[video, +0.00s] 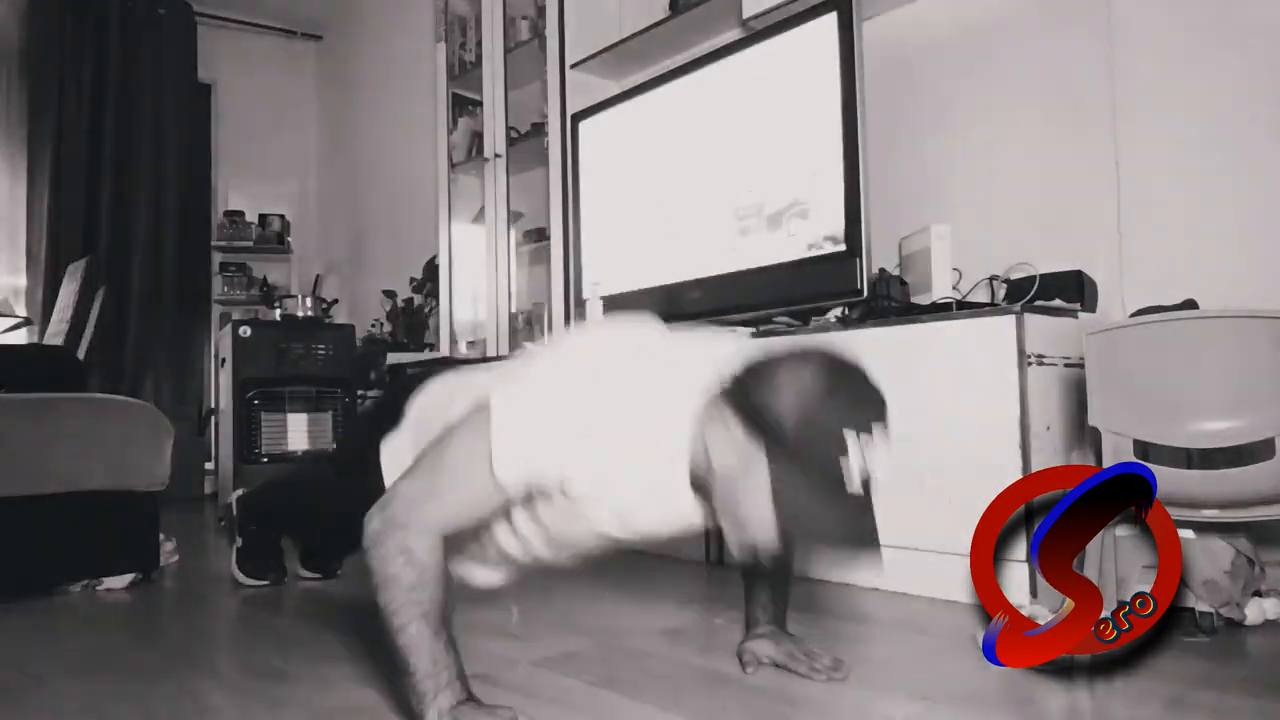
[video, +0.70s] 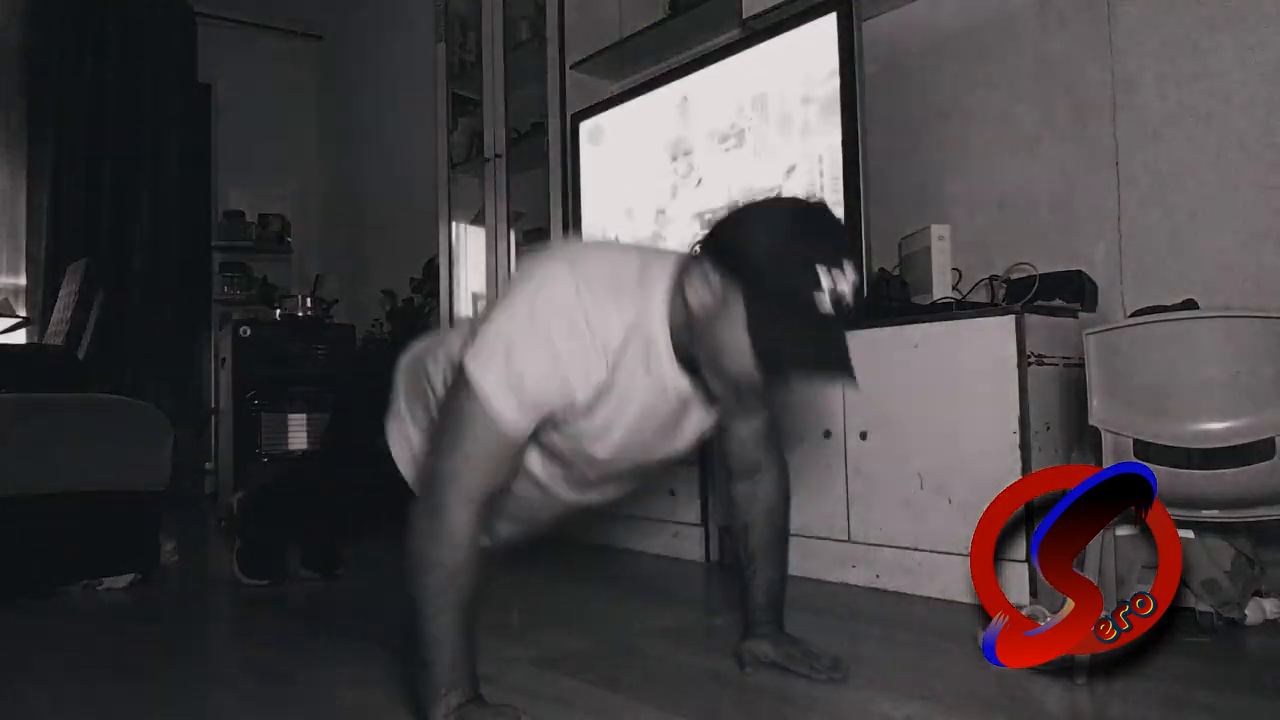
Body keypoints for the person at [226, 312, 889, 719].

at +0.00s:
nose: (776, 534)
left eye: (795, 520)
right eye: (775, 510)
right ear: (742, 445)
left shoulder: (780, 409)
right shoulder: (585, 401)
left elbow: (776, 513)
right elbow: (396, 528)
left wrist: (765, 625)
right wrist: (446, 702)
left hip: (523, 483)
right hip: (432, 438)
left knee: (358, 509)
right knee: (324, 494)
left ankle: (303, 543)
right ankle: (255, 521)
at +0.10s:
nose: (809, 624)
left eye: (830, 608)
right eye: (807, 599)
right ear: (757, 531)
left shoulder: (800, 482)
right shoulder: (615, 467)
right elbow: (394, 528)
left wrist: (771, 637)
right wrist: (444, 702)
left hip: (528, 485)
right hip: (430, 469)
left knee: (354, 532)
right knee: (321, 519)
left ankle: (277, 533)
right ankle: (254, 521)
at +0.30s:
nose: (842, 698)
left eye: (863, 680)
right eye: (840, 670)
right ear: (781, 595)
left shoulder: (825, 520)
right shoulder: (629, 533)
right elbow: (402, 533)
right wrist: (444, 702)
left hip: (550, 498)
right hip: (450, 540)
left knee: (388, 509)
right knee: (345, 538)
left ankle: (318, 496)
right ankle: (273, 517)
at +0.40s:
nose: (832, 654)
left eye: (851, 635)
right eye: (832, 627)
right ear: (776, 555)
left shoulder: (811, 506)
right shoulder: (626, 505)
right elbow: (395, 533)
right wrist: (446, 702)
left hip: (546, 489)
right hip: (446, 514)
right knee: (324, 532)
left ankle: (286, 524)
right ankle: (263, 529)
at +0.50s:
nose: (816, 552)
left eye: (835, 536)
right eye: (816, 526)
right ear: (759, 470)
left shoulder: (768, 463)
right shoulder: (604, 448)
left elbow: (769, 534)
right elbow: (384, 533)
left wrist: (760, 632)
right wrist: (445, 702)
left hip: (528, 495)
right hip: (432, 483)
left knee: (352, 517)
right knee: (318, 528)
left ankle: (277, 530)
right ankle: (256, 529)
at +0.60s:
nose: (798, 462)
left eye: (813, 446)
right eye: (794, 436)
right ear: (735, 374)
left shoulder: (755, 415)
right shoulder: (584, 382)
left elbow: (769, 497)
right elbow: (394, 528)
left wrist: (765, 628)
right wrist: (447, 702)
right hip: (413, 459)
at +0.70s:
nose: (774, 372)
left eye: (787, 355)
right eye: (768, 346)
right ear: (703, 289)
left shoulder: (733, 343)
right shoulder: (563, 307)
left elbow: (755, 473)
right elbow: (447, 506)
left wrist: (765, 628)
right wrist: (452, 696)